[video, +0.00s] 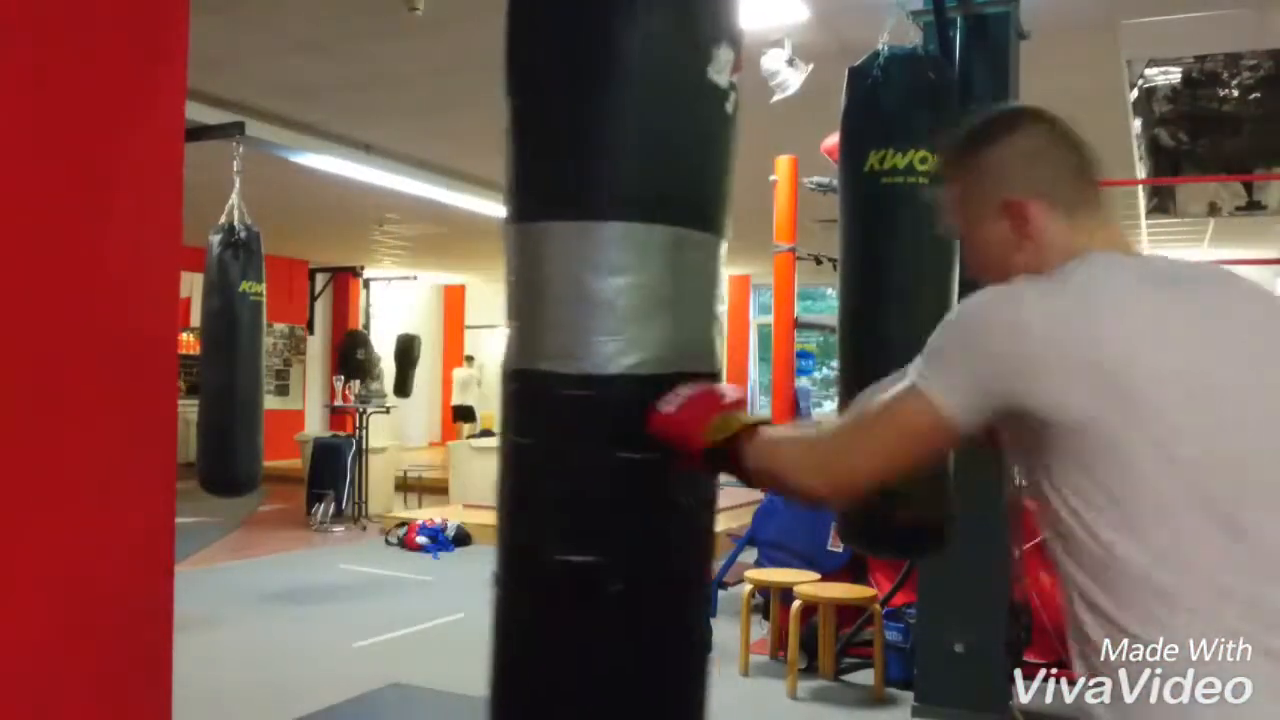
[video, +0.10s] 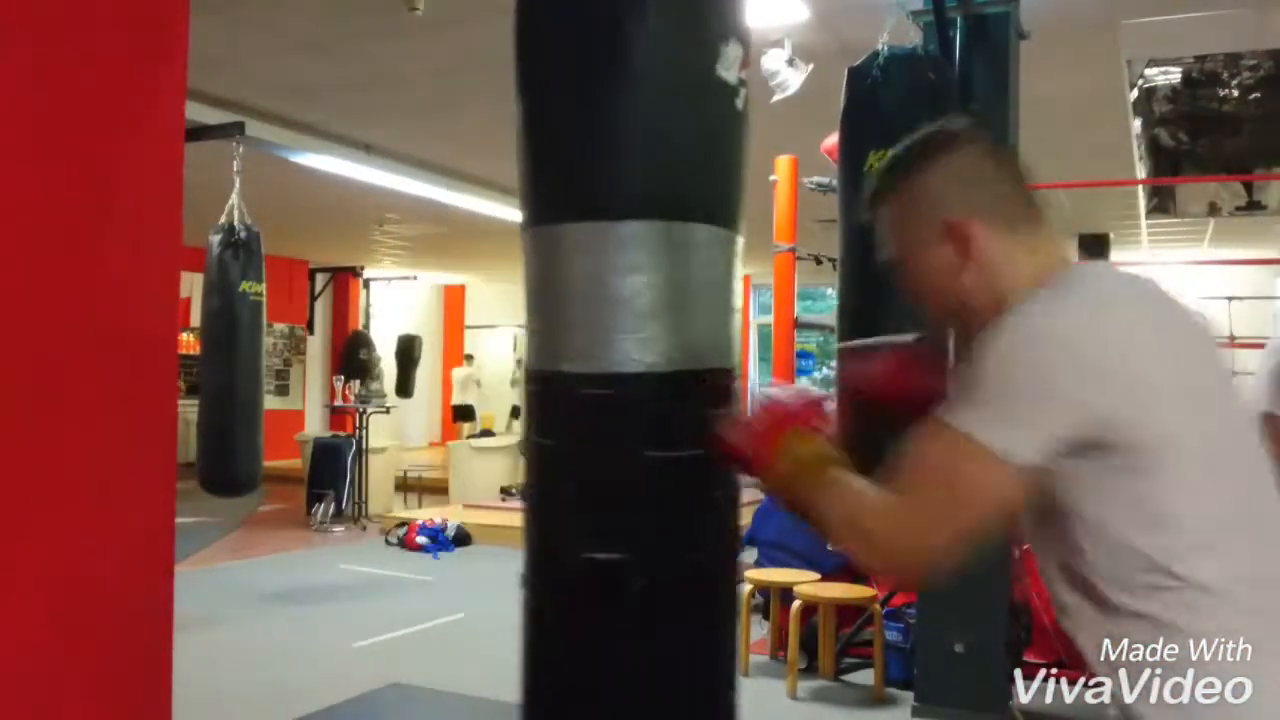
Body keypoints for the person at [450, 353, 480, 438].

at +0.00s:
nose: (471, 364)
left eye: (470, 362)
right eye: (471, 362)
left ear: (464, 361)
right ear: (472, 362)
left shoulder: (455, 371)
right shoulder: (474, 373)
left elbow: (455, 383)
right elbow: (479, 384)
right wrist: (480, 370)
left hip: (455, 402)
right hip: (468, 402)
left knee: (459, 423)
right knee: (471, 423)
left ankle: (459, 441)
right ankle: (466, 441)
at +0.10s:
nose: (472, 363)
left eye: (471, 361)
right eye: (471, 361)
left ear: (463, 360)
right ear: (471, 361)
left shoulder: (454, 371)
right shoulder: (471, 371)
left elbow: (454, 382)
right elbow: (479, 384)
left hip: (455, 401)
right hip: (467, 401)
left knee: (459, 424)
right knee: (470, 423)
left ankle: (459, 442)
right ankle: (467, 442)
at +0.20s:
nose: (472, 364)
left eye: (472, 362)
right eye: (472, 362)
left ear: (464, 361)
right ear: (471, 362)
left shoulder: (455, 371)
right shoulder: (471, 373)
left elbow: (455, 384)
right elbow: (476, 388)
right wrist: (477, 382)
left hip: (455, 400)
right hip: (467, 400)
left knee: (459, 423)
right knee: (470, 423)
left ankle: (459, 441)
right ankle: (465, 441)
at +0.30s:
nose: (473, 367)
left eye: (474, 365)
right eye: (473, 365)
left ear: (465, 363)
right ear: (470, 364)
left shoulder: (456, 374)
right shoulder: (467, 375)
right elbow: (474, 390)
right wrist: (476, 381)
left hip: (455, 403)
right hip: (464, 404)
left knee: (464, 424)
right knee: (472, 423)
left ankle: (461, 441)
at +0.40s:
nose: (473, 368)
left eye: (474, 365)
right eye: (473, 365)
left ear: (465, 364)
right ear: (469, 365)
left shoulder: (457, 375)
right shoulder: (467, 376)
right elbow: (475, 390)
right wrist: (477, 381)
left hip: (456, 404)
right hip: (464, 405)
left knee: (463, 427)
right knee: (469, 428)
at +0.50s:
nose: (473, 366)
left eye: (473, 363)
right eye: (472, 363)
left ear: (465, 362)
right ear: (470, 363)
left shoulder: (456, 374)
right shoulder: (468, 374)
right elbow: (477, 387)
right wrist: (478, 378)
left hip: (455, 404)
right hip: (464, 404)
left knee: (461, 428)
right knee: (469, 428)